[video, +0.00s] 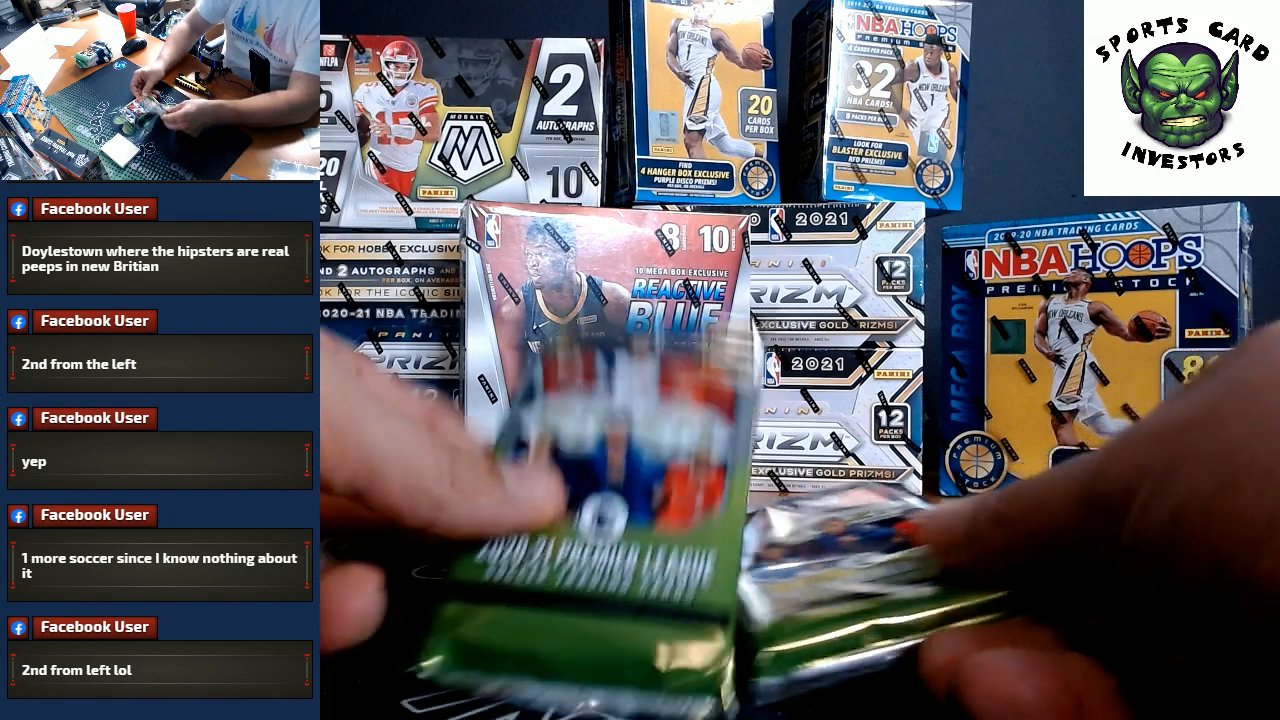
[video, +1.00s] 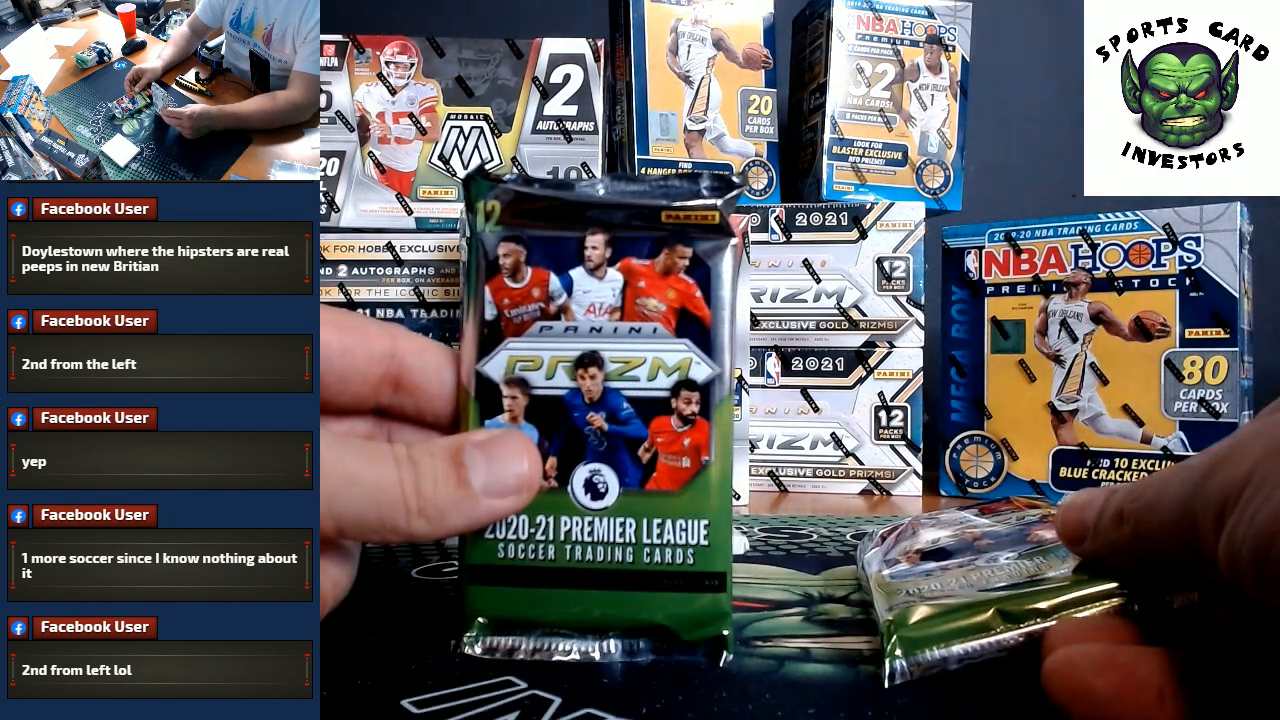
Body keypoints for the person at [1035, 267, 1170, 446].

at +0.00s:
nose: (1068, 273)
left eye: (1074, 271)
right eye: (1069, 271)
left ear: (1086, 281)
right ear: (1067, 279)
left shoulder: (1095, 308)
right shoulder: (1049, 304)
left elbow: (1126, 333)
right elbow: (1038, 335)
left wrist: (1157, 330)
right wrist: (1046, 351)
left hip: (1079, 364)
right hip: (1063, 367)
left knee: (1060, 422)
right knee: (1102, 425)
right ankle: (1148, 434)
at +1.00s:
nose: (1069, 273)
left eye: (1075, 272)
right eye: (1070, 271)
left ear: (1086, 282)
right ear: (1067, 282)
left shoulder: (1094, 308)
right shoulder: (1050, 304)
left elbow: (1125, 332)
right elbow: (1038, 335)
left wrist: (1158, 331)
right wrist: (1046, 351)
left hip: (1079, 364)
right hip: (1063, 366)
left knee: (1060, 421)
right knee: (1102, 425)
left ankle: (1079, 480)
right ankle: (1166, 443)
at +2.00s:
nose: (1072, 288)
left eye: (1077, 284)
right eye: (1071, 283)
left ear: (1087, 286)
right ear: (1067, 284)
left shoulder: (1095, 308)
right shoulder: (1053, 304)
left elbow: (1125, 331)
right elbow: (1039, 335)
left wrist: (1155, 330)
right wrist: (1047, 350)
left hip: (1081, 365)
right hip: (1063, 366)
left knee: (1062, 417)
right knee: (1103, 424)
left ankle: (1077, 473)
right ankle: (1165, 442)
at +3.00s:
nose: (1072, 288)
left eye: (1077, 284)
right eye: (1070, 283)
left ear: (1087, 286)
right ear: (1067, 283)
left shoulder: (1095, 308)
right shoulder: (1053, 303)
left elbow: (1126, 331)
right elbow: (1039, 335)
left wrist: (1156, 330)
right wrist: (1047, 350)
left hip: (1081, 365)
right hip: (1063, 366)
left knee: (1062, 418)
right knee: (1103, 424)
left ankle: (1077, 473)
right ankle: (1165, 442)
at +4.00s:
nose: (1072, 287)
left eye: (1077, 284)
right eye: (1071, 283)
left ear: (1087, 285)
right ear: (1067, 283)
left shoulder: (1095, 308)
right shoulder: (1053, 304)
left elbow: (1126, 331)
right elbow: (1039, 334)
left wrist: (1156, 330)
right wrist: (1047, 350)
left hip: (1081, 365)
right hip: (1064, 367)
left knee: (1062, 418)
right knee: (1103, 424)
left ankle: (1078, 473)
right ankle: (1165, 442)